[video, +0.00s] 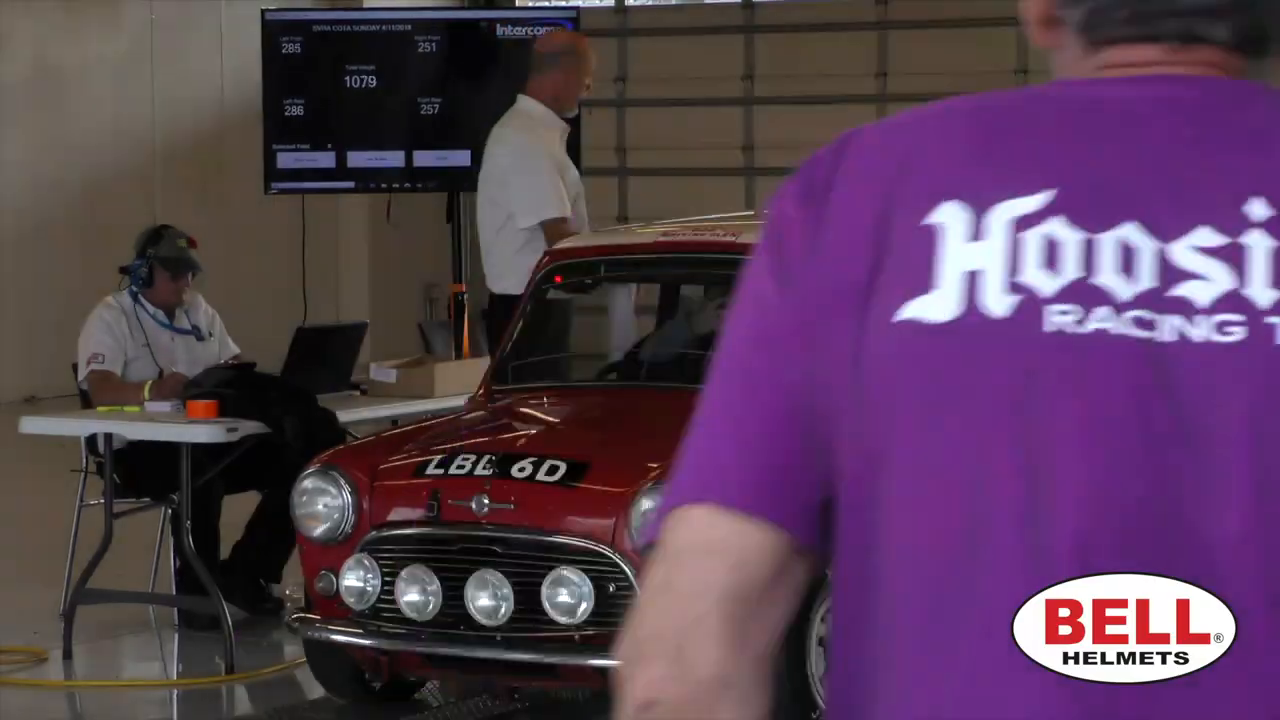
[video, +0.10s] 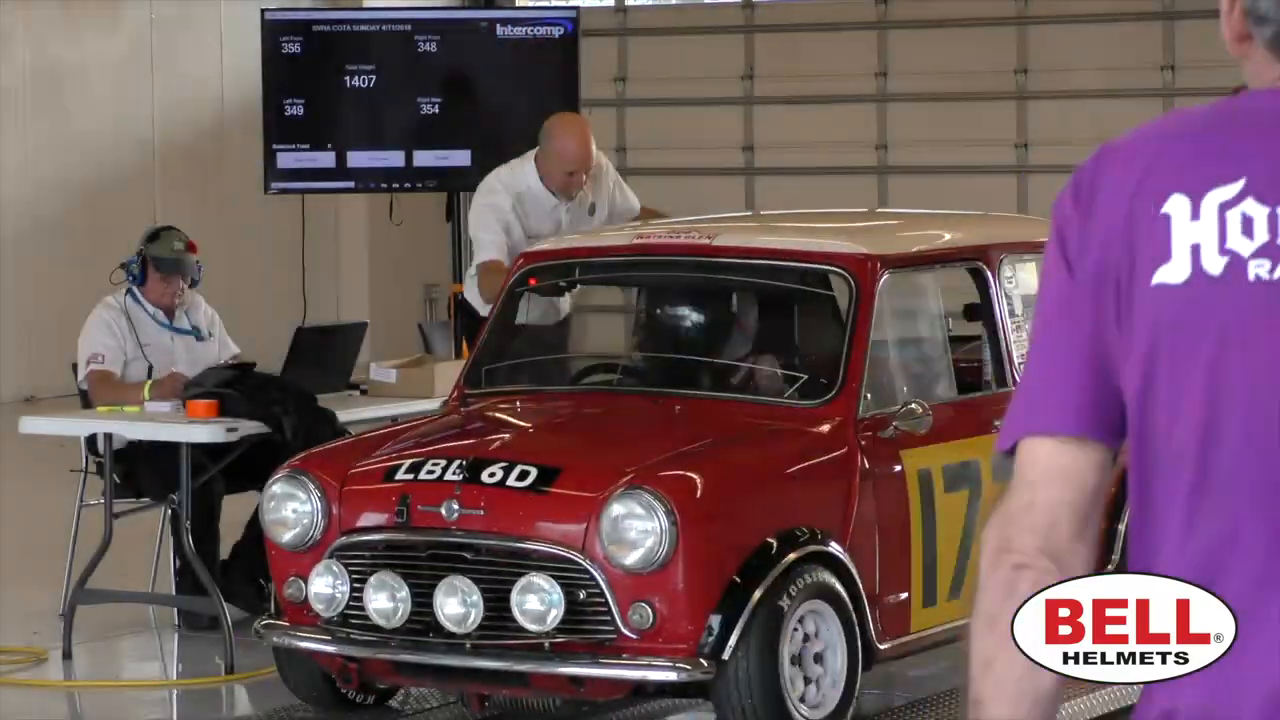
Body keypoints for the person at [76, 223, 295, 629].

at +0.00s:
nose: (184, 283)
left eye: (188, 274)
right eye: (174, 273)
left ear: (193, 274)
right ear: (145, 272)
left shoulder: (198, 310)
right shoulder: (110, 317)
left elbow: (234, 365)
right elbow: (99, 390)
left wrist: (233, 378)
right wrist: (153, 391)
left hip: (202, 447)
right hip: (134, 452)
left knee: (298, 465)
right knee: (198, 473)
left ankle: (247, 578)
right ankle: (196, 599)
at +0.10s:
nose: (177, 286)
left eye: (184, 277)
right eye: (165, 276)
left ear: (192, 277)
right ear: (141, 270)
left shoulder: (200, 312)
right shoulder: (109, 317)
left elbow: (234, 367)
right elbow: (99, 391)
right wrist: (152, 390)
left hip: (203, 444)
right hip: (136, 448)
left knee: (297, 467)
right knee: (201, 481)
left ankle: (243, 580)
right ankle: (197, 603)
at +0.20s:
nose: (184, 285)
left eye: (189, 277)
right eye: (175, 276)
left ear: (194, 275)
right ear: (144, 273)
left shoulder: (199, 311)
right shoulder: (110, 315)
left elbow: (233, 364)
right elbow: (100, 392)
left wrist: (246, 379)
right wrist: (151, 389)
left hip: (202, 441)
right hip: (136, 445)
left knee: (275, 469)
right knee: (200, 482)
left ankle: (238, 577)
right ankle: (196, 603)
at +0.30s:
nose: (178, 288)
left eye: (185, 278)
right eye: (167, 277)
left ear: (192, 277)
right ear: (141, 271)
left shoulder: (199, 311)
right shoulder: (109, 317)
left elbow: (233, 363)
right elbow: (100, 393)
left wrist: (251, 380)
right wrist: (152, 389)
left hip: (201, 440)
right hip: (136, 445)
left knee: (275, 468)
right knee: (200, 481)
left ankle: (238, 577)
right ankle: (196, 603)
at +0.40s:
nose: (176, 288)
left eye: (185, 280)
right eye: (165, 278)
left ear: (193, 280)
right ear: (141, 272)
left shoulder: (201, 313)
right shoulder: (109, 317)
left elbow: (235, 365)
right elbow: (99, 393)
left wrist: (260, 387)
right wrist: (150, 389)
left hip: (202, 440)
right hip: (136, 444)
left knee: (280, 469)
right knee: (201, 482)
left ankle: (238, 579)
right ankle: (197, 604)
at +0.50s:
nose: (184, 286)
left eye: (188, 276)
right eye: (174, 277)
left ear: (193, 273)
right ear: (144, 273)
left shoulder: (198, 309)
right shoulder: (109, 316)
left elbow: (234, 363)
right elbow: (97, 392)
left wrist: (240, 380)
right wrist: (151, 389)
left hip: (203, 442)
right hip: (136, 446)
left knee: (292, 469)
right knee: (201, 483)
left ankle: (240, 581)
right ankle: (196, 605)